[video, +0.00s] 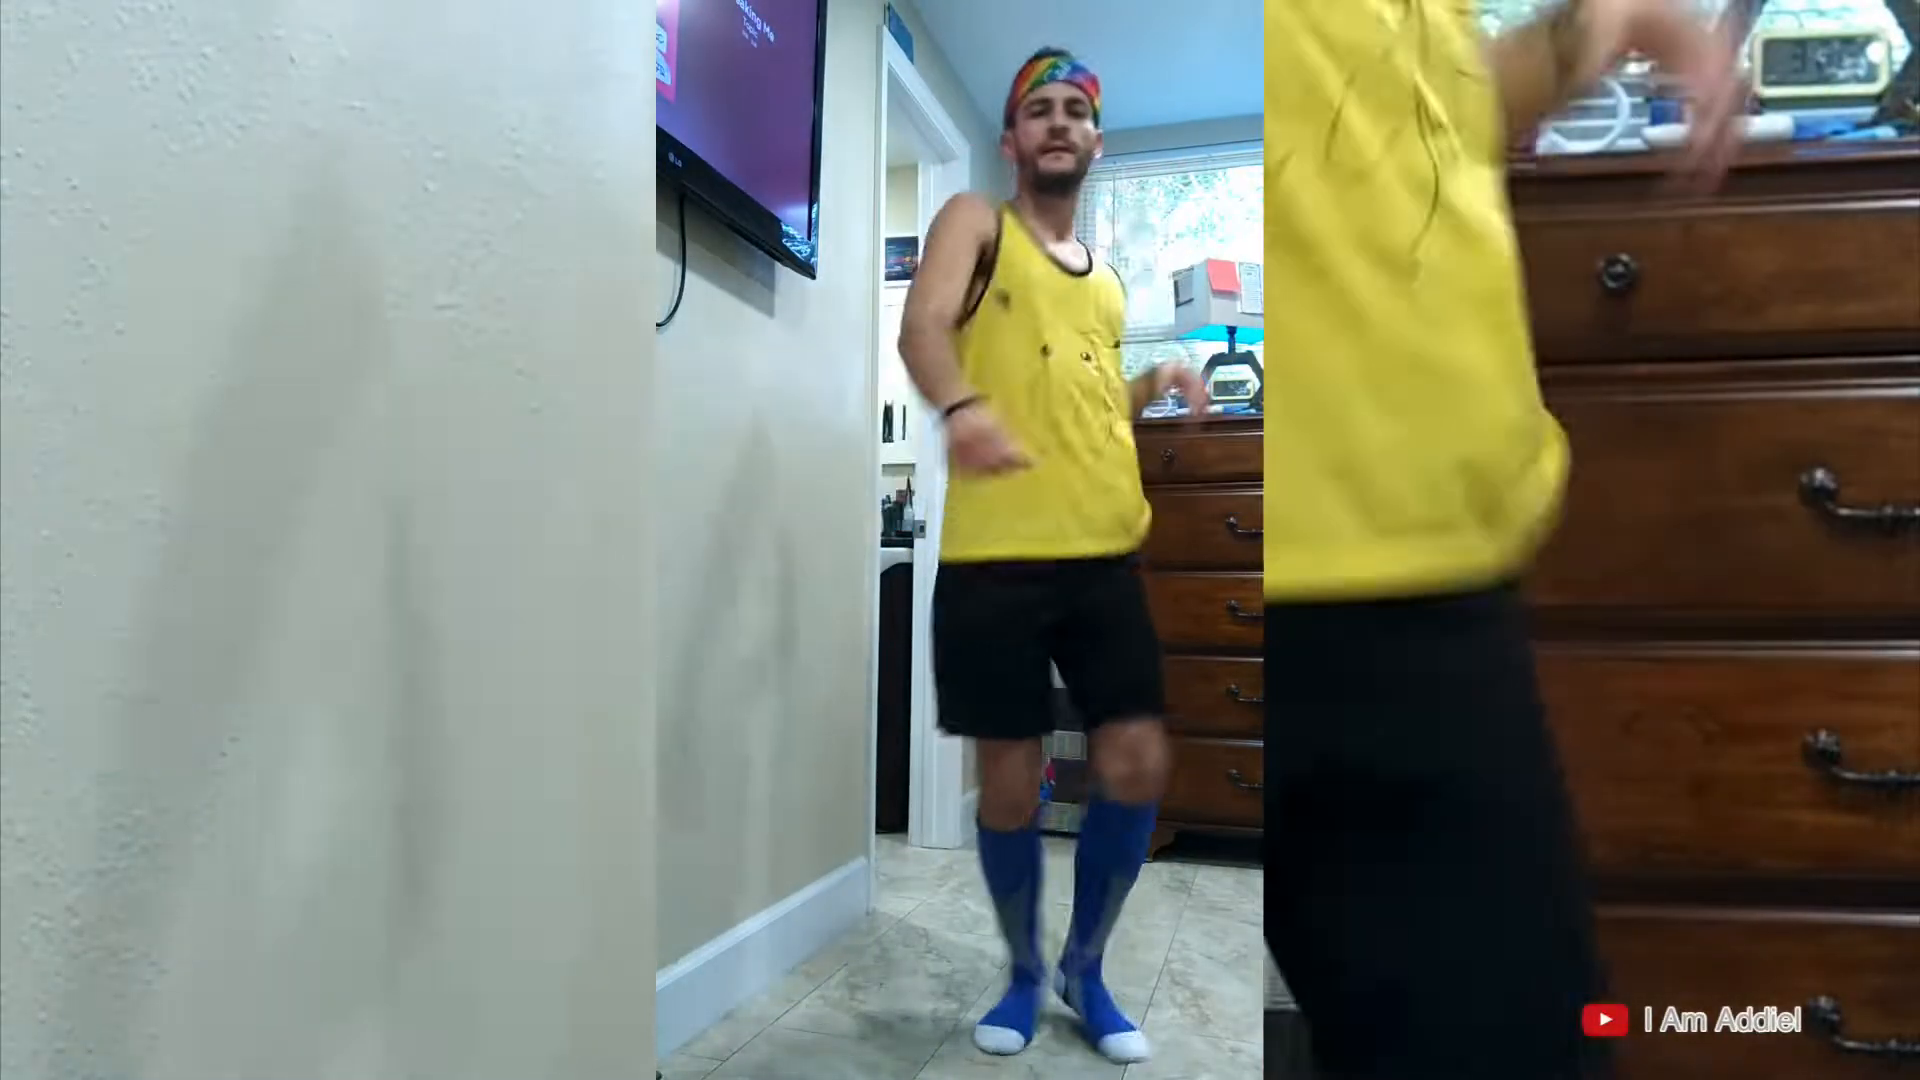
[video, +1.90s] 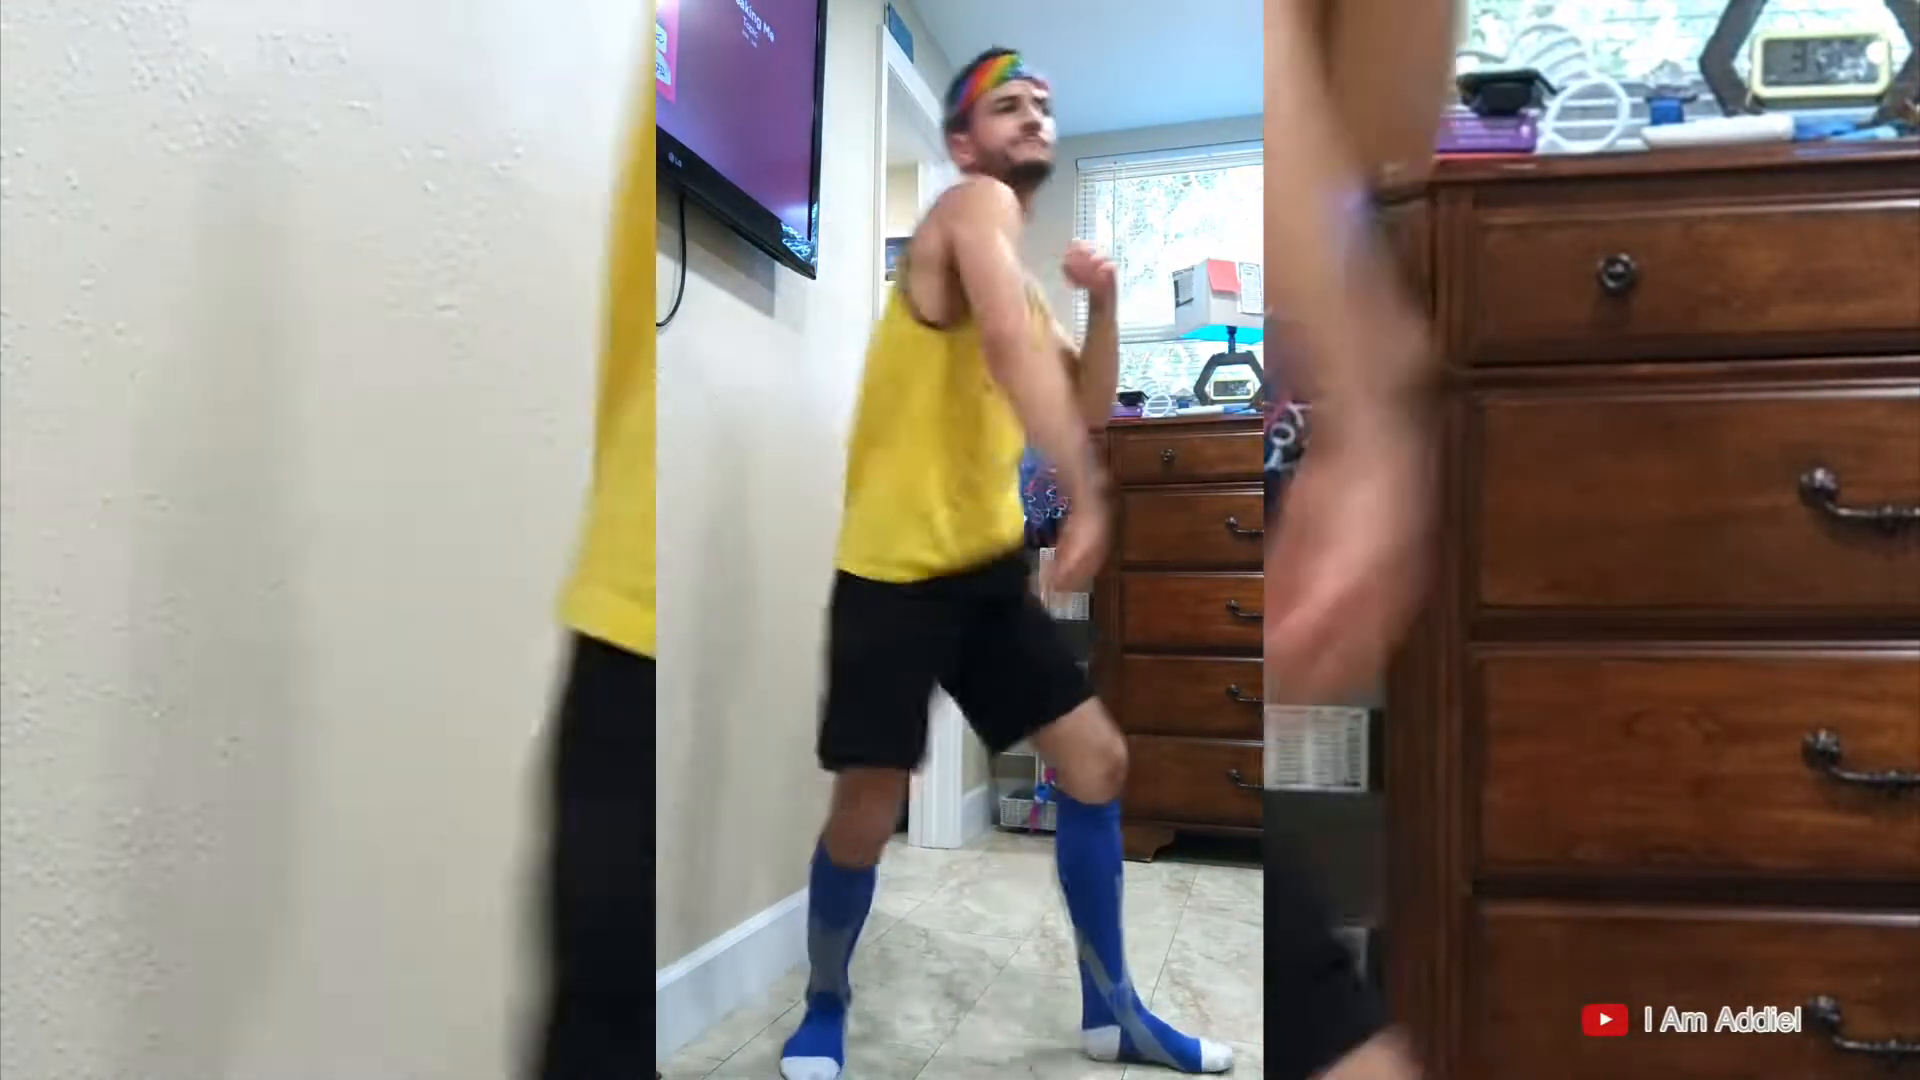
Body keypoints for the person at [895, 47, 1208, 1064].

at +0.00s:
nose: (1060, 124)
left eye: (1076, 112)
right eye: (1040, 112)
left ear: (1096, 141)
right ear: (1011, 139)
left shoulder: (1098, 278)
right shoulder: (975, 219)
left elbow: (1092, 413)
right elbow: (922, 326)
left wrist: (1158, 382)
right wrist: (959, 407)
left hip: (1102, 550)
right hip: (996, 552)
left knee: (1135, 760)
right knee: (1010, 770)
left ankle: (1084, 970)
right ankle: (1022, 978)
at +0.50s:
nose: (1063, 149)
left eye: (1080, 136)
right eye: (1046, 141)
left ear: (1112, 162)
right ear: (1025, 167)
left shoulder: (1131, 297)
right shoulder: (975, 235)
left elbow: (1105, 419)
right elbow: (899, 335)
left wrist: (1113, 296)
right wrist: (879, 422)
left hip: (1054, 538)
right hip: (950, 520)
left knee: (1069, 767)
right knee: (997, 725)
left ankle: (991, 941)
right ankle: (969, 944)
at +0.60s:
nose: (1051, 153)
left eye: (1070, 138)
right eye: (1035, 143)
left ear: (1106, 160)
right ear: (1016, 168)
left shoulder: (1126, 298)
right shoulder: (971, 257)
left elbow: (1064, 388)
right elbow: (915, 354)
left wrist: (1028, 262)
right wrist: (894, 407)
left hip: (1052, 535)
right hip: (949, 507)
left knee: (1068, 767)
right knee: (981, 666)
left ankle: (997, 942)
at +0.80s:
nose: (1015, 128)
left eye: (1035, 112)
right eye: (1000, 115)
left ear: (1069, 130)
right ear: (980, 137)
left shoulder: (1107, 222)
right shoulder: (963, 252)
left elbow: (1040, 291)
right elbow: (964, 381)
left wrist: (913, 287)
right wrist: (919, 391)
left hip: (1045, 518)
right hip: (947, 502)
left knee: (1024, 746)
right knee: (903, 690)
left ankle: (1003, 944)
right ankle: (939, 894)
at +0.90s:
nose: (996, 148)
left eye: (1015, 132)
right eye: (979, 135)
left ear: (1047, 146)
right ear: (960, 156)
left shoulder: (1077, 206)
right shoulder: (951, 282)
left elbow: (1019, 288)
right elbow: (946, 393)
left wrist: (931, 370)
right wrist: (907, 410)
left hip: (1045, 543)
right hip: (940, 541)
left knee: (1025, 761)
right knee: (874, 736)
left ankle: (1005, 948)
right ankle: (921, 959)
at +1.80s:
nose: (1004, 91)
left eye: (1012, 80)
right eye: (979, 77)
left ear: (1020, 113)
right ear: (931, 105)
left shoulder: (1013, 245)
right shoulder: (915, 181)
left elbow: (1036, 377)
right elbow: (950, 289)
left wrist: (1078, 327)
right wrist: (1083, 378)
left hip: (976, 523)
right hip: (870, 535)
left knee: (1075, 750)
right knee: (847, 784)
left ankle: (1089, 997)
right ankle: (834, 1002)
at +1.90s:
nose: (1035, 120)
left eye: (1043, 109)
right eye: (1010, 108)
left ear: (1051, 139)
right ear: (962, 137)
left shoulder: (1002, 268)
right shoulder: (969, 201)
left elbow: (1084, 412)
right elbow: (1010, 343)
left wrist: (1100, 302)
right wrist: (1082, 493)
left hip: (985, 568)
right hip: (890, 572)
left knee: (1093, 759)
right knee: (868, 801)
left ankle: (1109, 1003)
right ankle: (823, 1020)